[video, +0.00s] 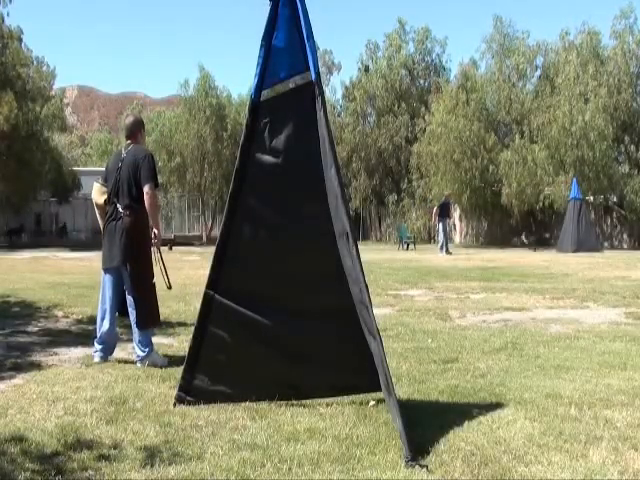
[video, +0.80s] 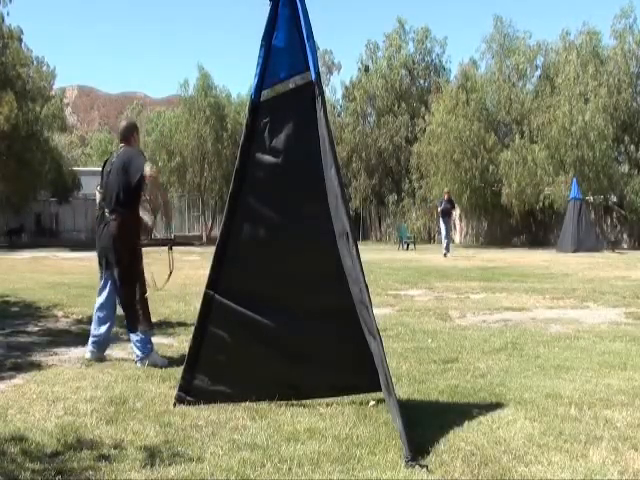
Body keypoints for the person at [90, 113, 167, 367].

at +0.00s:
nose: (146, 135)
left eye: (143, 132)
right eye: (145, 132)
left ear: (126, 135)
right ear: (141, 133)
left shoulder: (114, 159)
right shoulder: (144, 156)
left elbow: (98, 196)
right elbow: (149, 193)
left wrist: (105, 226)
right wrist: (156, 226)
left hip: (112, 229)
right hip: (134, 230)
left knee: (109, 294)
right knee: (138, 292)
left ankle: (101, 349)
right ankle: (144, 351)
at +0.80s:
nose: (140, 140)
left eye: (138, 136)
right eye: (139, 136)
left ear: (120, 138)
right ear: (135, 137)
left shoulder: (110, 160)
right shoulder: (134, 156)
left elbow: (101, 194)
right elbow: (148, 181)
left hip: (106, 223)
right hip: (124, 225)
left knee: (107, 288)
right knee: (132, 288)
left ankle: (96, 346)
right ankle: (144, 351)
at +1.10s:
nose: (144, 151)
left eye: (141, 148)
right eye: (143, 148)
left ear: (123, 148)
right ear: (139, 149)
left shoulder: (112, 164)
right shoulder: (141, 168)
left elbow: (90, 184)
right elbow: (167, 181)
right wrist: (177, 156)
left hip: (92, 224)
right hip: (111, 229)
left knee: (94, 285)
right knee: (122, 284)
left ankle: (94, 346)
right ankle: (126, 350)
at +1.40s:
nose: (131, 149)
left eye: (128, 144)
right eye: (131, 145)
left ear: (111, 144)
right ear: (127, 146)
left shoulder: (95, 161)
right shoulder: (131, 172)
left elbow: (76, 192)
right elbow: (132, 213)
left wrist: (92, 206)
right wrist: (131, 242)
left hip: (85, 230)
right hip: (108, 235)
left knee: (92, 290)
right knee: (117, 291)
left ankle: (74, 346)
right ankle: (127, 352)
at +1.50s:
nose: (123, 141)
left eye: (122, 137)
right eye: (122, 138)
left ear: (102, 138)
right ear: (115, 138)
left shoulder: (86, 158)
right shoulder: (117, 161)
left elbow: (67, 193)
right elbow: (135, 192)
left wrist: (83, 206)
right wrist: (139, 207)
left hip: (77, 226)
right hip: (98, 229)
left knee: (80, 289)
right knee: (110, 290)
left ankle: (68, 349)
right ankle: (130, 351)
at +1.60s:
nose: (118, 139)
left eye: (116, 135)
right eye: (115, 134)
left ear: (96, 137)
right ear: (108, 135)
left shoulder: (84, 159)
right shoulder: (109, 155)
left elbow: (64, 189)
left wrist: (71, 214)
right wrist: (152, 178)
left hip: (74, 228)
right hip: (93, 230)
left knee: (80, 290)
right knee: (114, 287)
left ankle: (67, 351)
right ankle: (118, 349)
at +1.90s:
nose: (120, 155)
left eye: (119, 151)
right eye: (118, 151)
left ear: (98, 149)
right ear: (109, 149)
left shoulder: (78, 167)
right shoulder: (107, 173)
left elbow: (53, 187)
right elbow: (128, 196)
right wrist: (140, 166)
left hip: (62, 244)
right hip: (79, 247)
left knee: (74, 298)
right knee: (102, 299)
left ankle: (65, 351)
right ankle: (93, 363)